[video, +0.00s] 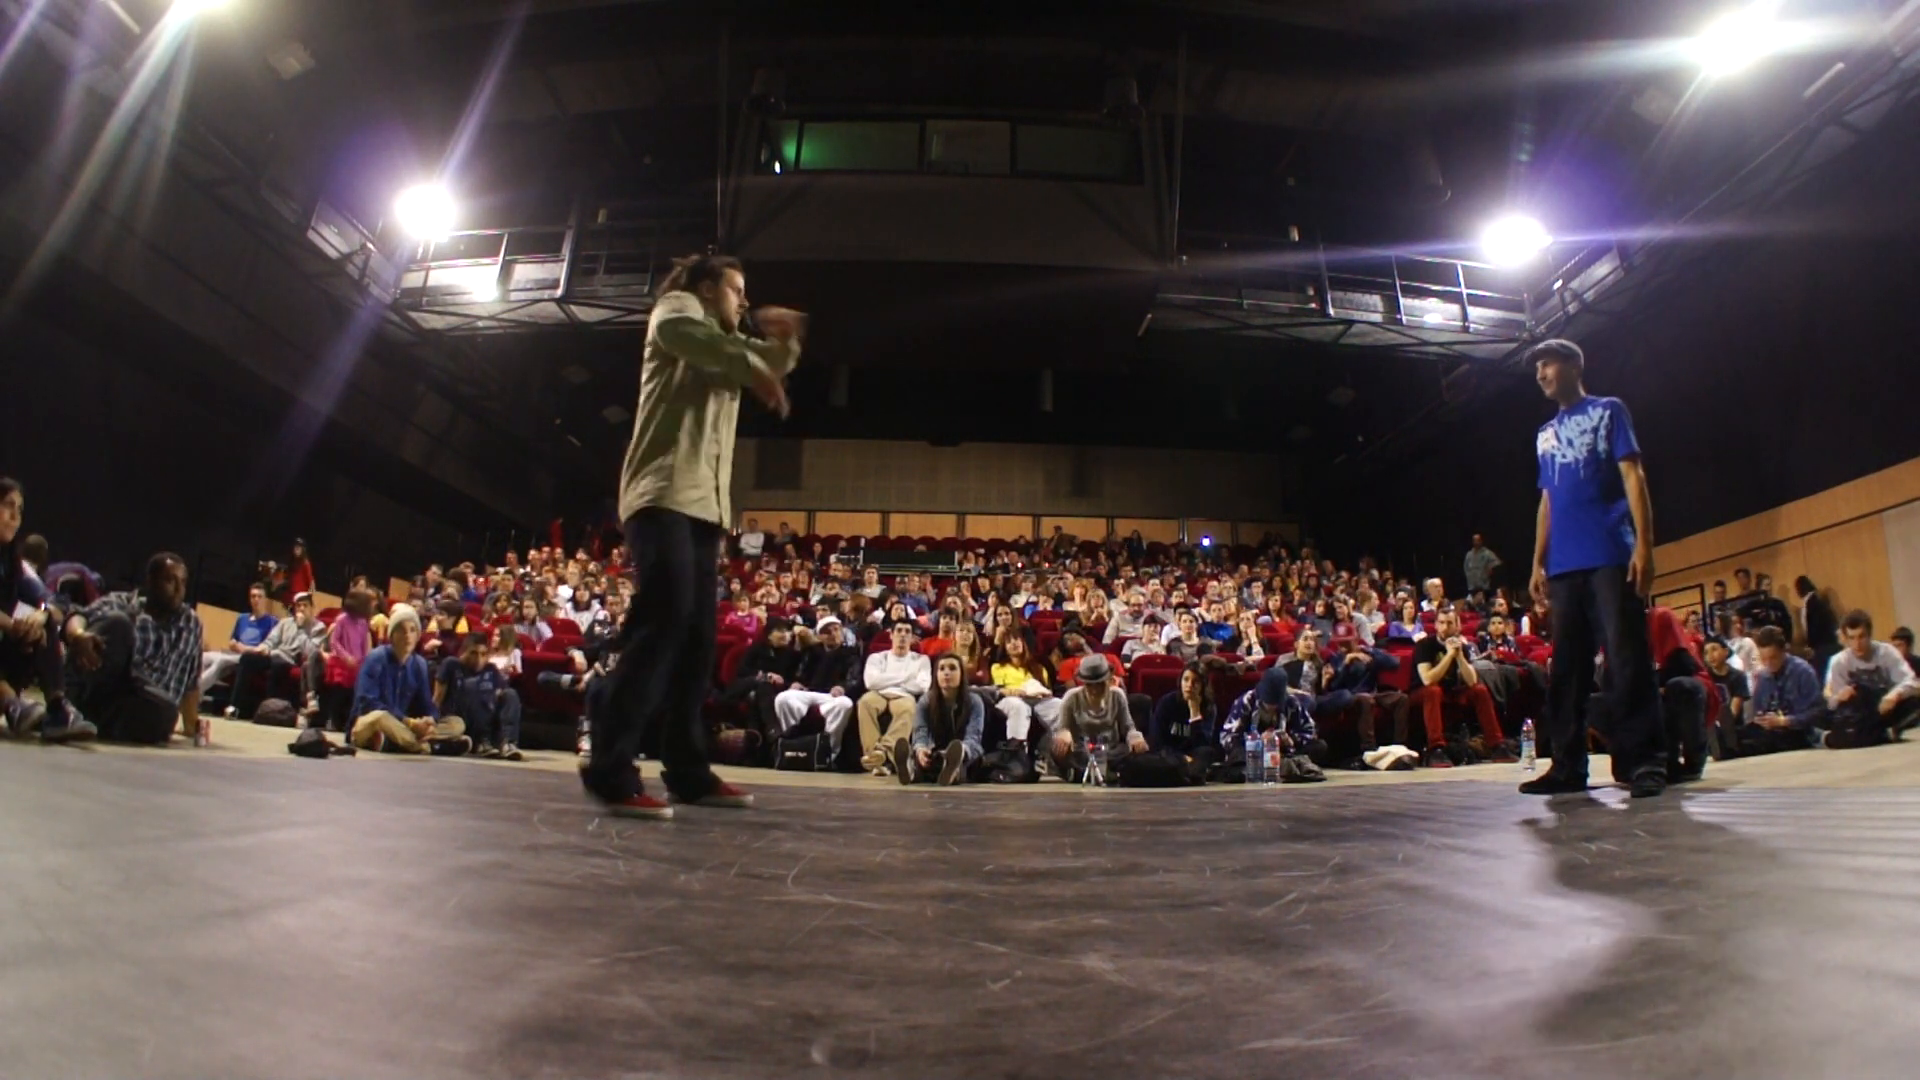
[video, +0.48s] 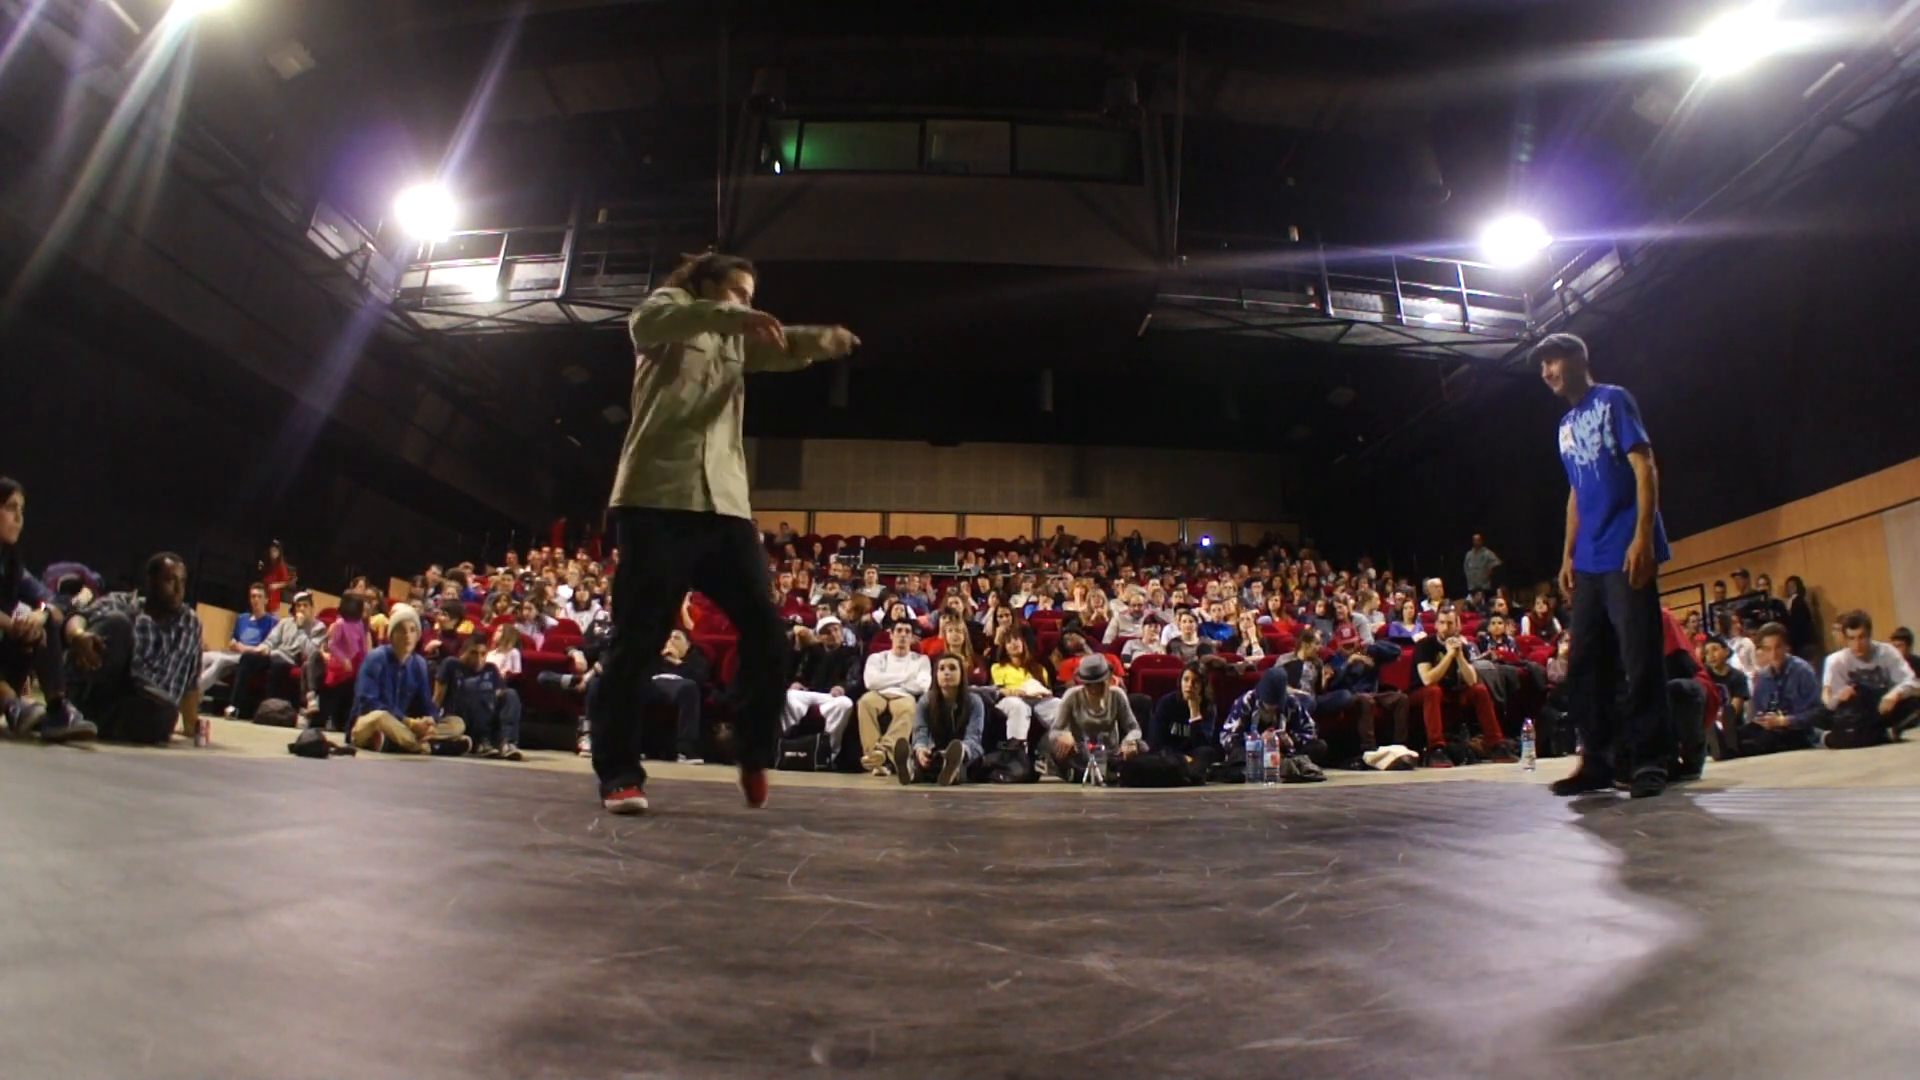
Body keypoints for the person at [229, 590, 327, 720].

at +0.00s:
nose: (301, 609)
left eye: (305, 606)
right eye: (298, 606)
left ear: (312, 609)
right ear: (294, 608)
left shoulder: (319, 628)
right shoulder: (285, 623)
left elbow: (311, 652)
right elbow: (271, 640)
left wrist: (301, 628)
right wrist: (264, 648)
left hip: (292, 660)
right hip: (273, 656)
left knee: (276, 665)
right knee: (247, 657)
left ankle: (270, 709)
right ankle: (235, 706)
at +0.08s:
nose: (301, 609)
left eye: (305, 606)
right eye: (298, 606)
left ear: (312, 609)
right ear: (294, 608)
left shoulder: (319, 628)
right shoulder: (285, 623)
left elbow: (310, 652)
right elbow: (271, 640)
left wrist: (301, 628)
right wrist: (264, 648)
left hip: (292, 660)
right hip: (273, 656)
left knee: (277, 665)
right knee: (247, 657)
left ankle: (271, 709)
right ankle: (235, 706)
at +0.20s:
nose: (301, 609)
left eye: (305, 606)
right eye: (298, 606)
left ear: (312, 609)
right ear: (294, 608)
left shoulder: (319, 628)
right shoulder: (286, 623)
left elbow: (310, 652)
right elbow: (271, 640)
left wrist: (301, 628)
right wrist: (264, 648)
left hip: (292, 660)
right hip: (273, 656)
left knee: (277, 665)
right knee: (248, 657)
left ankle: (271, 709)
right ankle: (235, 706)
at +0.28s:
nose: (301, 609)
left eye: (305, 606)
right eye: (298, 606)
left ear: (312, 609)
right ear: (294, 609)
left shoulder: (319, 628)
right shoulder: (285, 623)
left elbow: (311, 652)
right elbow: (271, 640)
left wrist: (301, 628)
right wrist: (264, 648)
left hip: (292, 660)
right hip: (273, 655)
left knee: (276, 665)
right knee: (248, 657)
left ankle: (270, 709)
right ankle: (235, 706)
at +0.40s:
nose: (302, 609)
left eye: (305, 606)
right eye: (299, 606)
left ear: (312, 609)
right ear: (294, 609)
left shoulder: (319, 628)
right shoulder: (286, 623)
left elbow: (310, 652)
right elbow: (271, 640)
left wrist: (301, 628)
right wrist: (264, 648)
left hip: (291, 660)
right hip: (273, 655)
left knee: (276, 665)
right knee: (248, 657)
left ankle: (270, 709)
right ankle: (234, 706)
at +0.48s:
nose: (302, 609)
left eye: (305, 606)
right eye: (298, 606)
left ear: (312, 609)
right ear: (294, 609)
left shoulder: (319, 628)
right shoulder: (286, 623)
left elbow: (310, 652)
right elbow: (271, 640)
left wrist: (301, 628)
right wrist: (264, 648)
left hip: (292, 660)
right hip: (273, 656)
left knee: (277, 665)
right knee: (248, 657)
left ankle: (270, 709)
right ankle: (234, 706)